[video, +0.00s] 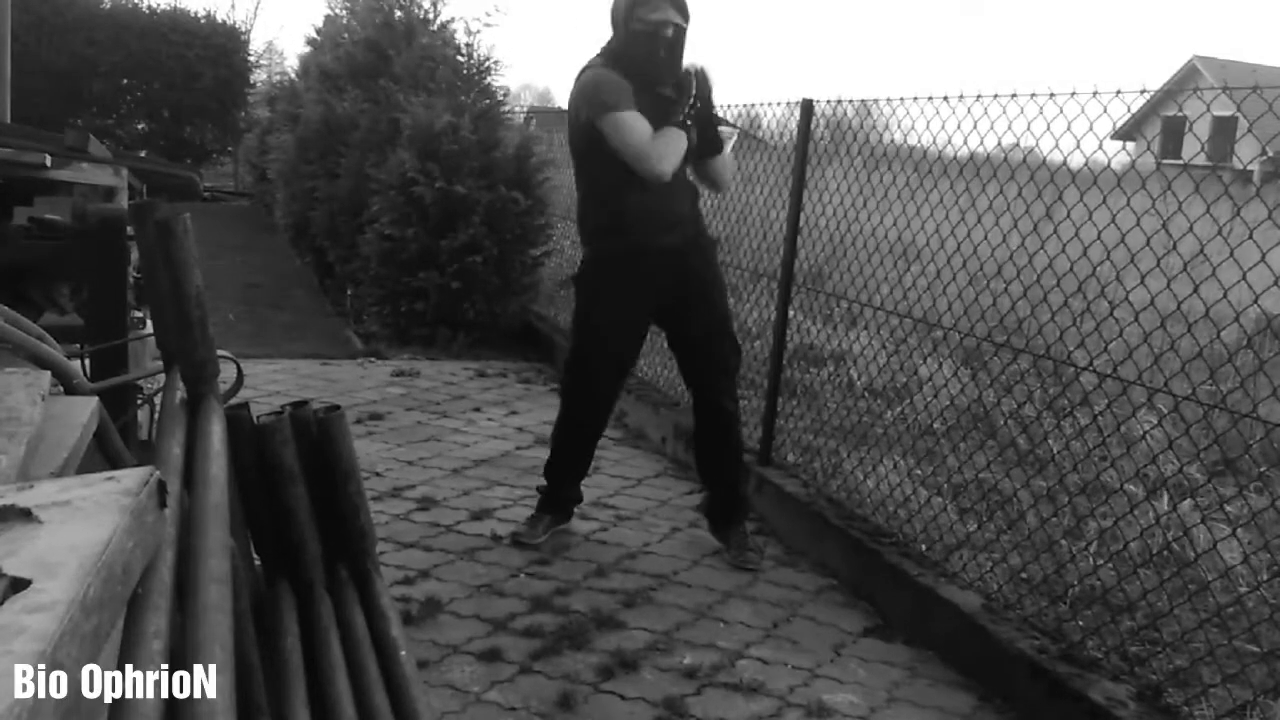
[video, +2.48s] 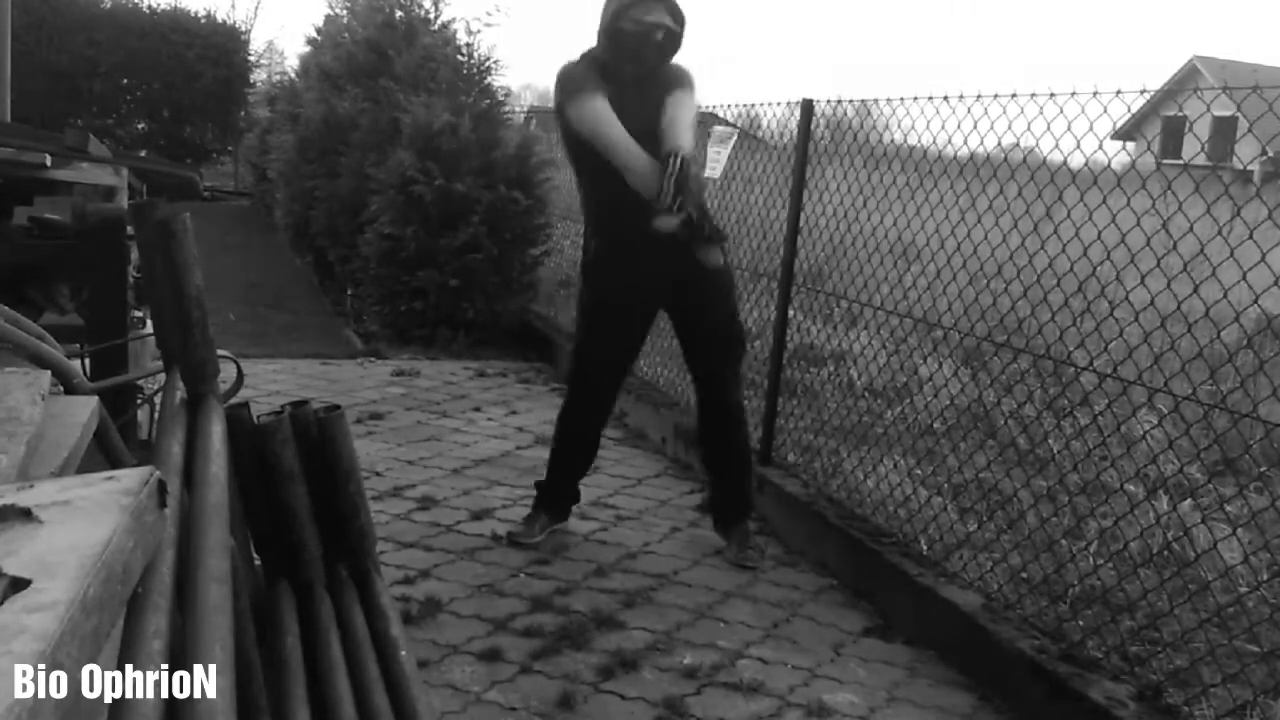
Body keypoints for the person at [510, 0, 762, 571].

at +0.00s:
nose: (665, 40)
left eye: (676, 29)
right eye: (651, 26)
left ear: (686, 31)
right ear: (622, 25)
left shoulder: (678, 89)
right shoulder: (601, 83)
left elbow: (719, 178)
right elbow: (656, 164)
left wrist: (703, 116)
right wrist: (682, 111)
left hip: (688, 266)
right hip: (617, 267)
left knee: (717, 388)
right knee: (588, 389)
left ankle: (730, 520)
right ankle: (555, 505)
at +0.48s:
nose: (643, 61)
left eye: (654, 49)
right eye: (638, 48)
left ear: (687, 42)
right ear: (637, 42)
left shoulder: (737, 94)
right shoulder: (643, 87)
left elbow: (681, 165)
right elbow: (615, 147)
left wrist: (629, 210)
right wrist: (596, 200)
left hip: (682, 269)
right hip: (617, 255)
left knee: (695, 396)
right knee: (571, 371)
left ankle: (723, 525)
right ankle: (552, 498)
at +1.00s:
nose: (645, 20)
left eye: (658, 10)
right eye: (632, 9)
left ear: (674, 16)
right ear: (609, 13)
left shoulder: (696, 73)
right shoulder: (582, 77)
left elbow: (777, 115)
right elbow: (516, 146)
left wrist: (736, 182)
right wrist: (584, 182)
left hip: (688, 253)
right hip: (609, 253)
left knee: (714, 386)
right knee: (576, 381)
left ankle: (731, 521)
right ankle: (554, 505)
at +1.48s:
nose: (684, 30)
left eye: (694, 21)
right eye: (676, 16)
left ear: (699, 25)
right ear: (645, 12)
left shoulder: (704, 67)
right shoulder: (594, 61)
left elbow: (770, 122)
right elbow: (498, 108)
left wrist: (811, 177)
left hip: (685, 255)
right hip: (607, 251)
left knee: (707, 390)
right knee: (575, 384)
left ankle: (731, 520)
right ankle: (553, 504)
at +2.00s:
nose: (644, 53)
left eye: (656, 41)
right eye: (633, 42)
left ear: (686, 37)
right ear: (622, 41)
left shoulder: (726, 82)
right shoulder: (617, 81)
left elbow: (652, 106)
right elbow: (605, 170)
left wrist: (574, 101)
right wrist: (564, 145)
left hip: (676, 263)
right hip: (603, 254)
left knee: (701, 394)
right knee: (572, 382)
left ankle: (725, 523)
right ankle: (547, 502)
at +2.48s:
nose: (647, 40)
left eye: (661, 31)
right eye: (635, 25)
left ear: (673, 38)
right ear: (610, 24)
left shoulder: (676, 80)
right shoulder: (578, 80)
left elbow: (680, 134)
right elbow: (625, 154)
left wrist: (689, 185)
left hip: (691, 254)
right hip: (620, 258)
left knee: (721, 388)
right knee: (591, 387)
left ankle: (734, 518)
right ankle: (551, 507)